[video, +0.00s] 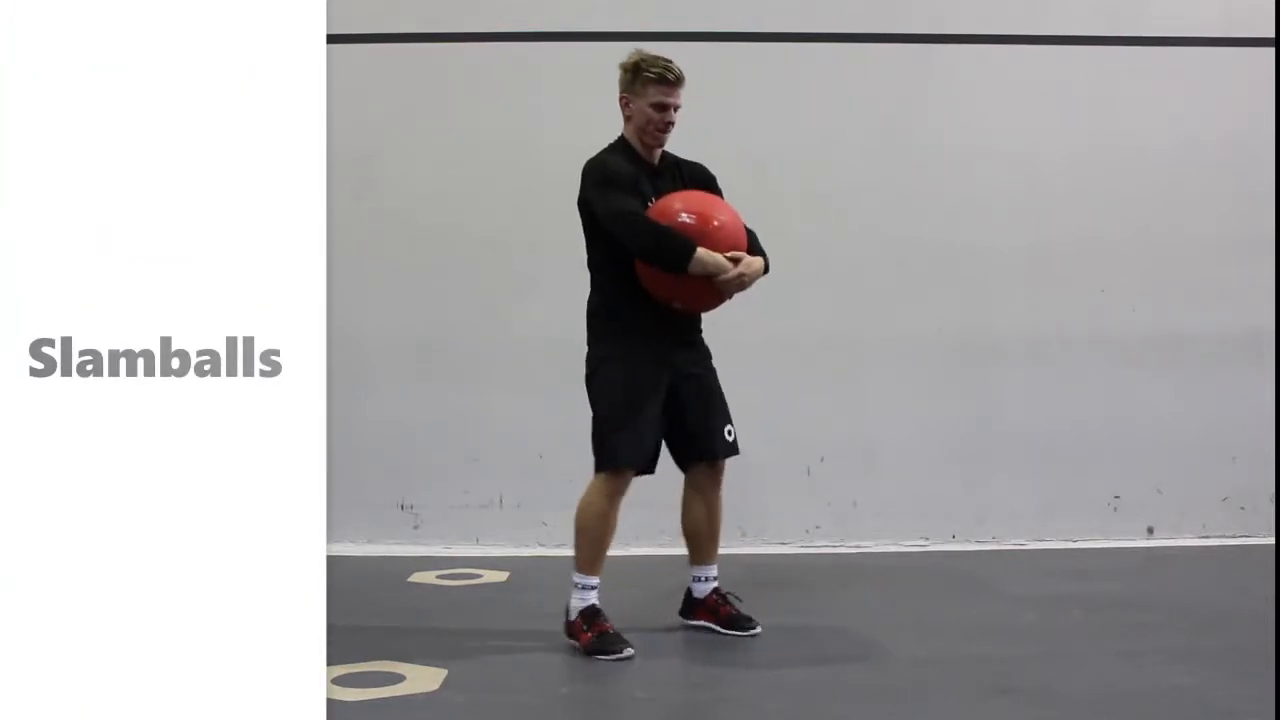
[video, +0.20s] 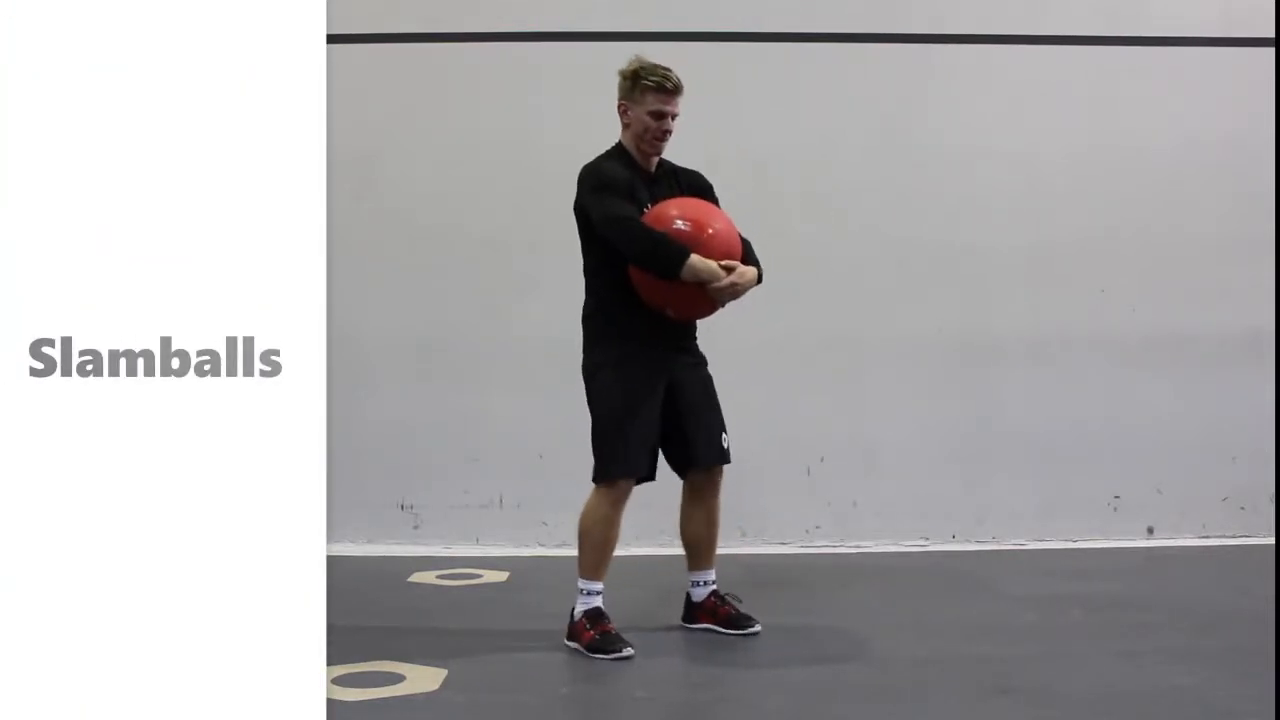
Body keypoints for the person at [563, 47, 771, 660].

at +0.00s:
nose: (664, 118)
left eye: (672, 108)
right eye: (653, 107)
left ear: (680, 109)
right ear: (625, 104)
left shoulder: (695, 177)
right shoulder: (603, 174)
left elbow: (741, 238)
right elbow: (635, 232)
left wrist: (756, 263)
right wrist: (713, 265)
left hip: (683, 341)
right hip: (621, 344)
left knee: (708, 459)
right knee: (616, 470)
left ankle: (703, 595)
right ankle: (584, 609)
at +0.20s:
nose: (661, 128)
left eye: (670, 118)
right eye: (650, 116)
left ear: (677, 118)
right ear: (623, 111)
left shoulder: (692, 186)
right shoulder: (599, 178)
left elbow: (735, 245)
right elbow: (627, 234)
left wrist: (750, 272)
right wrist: (694, 267)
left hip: (679, 348)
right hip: (617, 352)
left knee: (706, 466)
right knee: (616, 479)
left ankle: (702, 600)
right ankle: (587, 613)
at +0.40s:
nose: (668, 127)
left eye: (676, 117)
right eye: (656, 115)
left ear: (683, 116)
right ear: (628, 109)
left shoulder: (694, 182)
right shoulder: (602, 176)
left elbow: (734, 246)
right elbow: (627, 240)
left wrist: (750, 278)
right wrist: (705, 278)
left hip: (671, 346)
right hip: (611, 349)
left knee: (696, 465)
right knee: (607, 476)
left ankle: (702, 598)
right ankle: (585, 611)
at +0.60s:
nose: (690, 156)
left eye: (699, 145)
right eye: (681, 143)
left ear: (706, 140)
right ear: (650, 129)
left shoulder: (703, 203)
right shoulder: (612, 195)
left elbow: (733, 280)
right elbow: (625, 277)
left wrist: (739, 324)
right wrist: (693, 321)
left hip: (662, 356)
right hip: (599, 355)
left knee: (708, 460)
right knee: (603, 473)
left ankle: (703, 597)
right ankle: (585, 611)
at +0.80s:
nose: (707, 210)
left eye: (716, 201)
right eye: (701, 196)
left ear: (726, 193)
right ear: (673, 175)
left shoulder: (716, 249)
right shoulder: (624, 234)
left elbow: (731, 327)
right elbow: (621, 326)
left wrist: (730, 382)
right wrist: (677, 378)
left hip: (655, 379)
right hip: (591, 372)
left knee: (725, 469)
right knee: (600, 477)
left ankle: (705, 596)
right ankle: (583, 612)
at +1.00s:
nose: (719, 277)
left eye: (729, 268)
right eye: (713, 264)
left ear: (738, 259)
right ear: (686, 240)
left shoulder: (723, 307)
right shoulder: (633, 292)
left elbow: (731, 388)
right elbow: (621, 385)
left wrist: (724, 446)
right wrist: (675, 448)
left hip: (649, 418)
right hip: (586, 407)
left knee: (747, 472)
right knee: (597, 483)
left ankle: (706, 597)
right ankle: (583, 614)